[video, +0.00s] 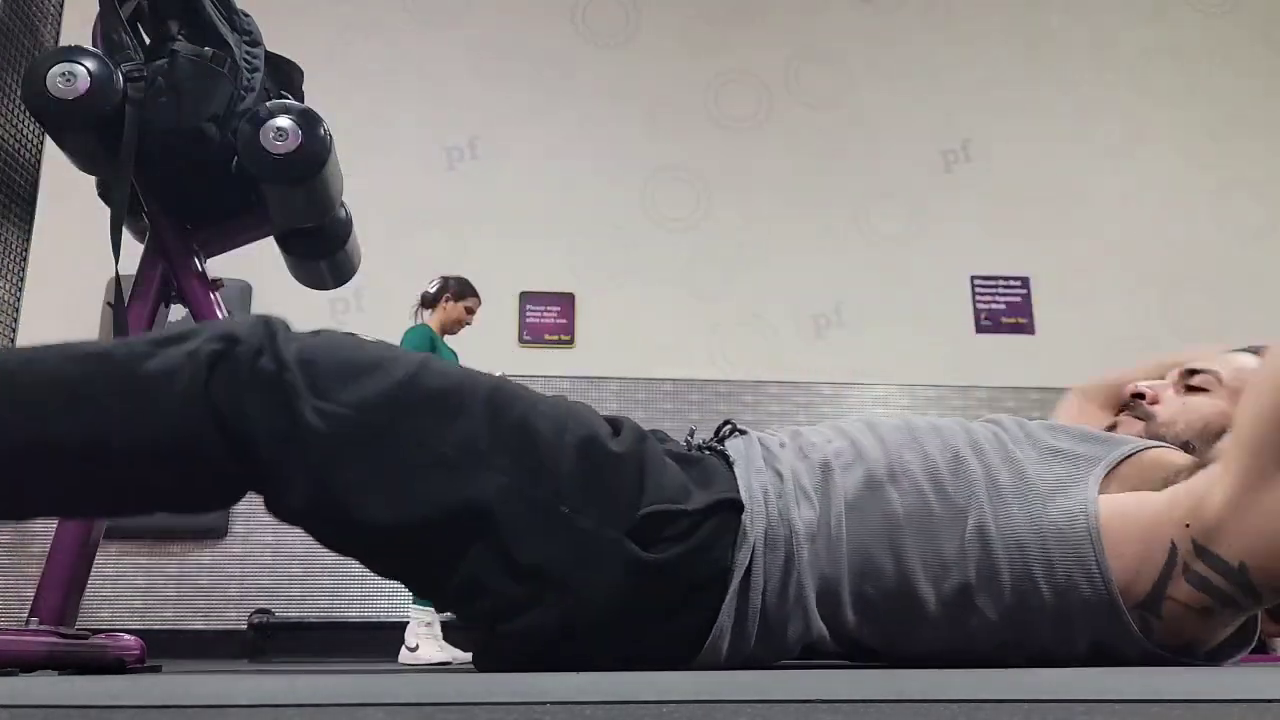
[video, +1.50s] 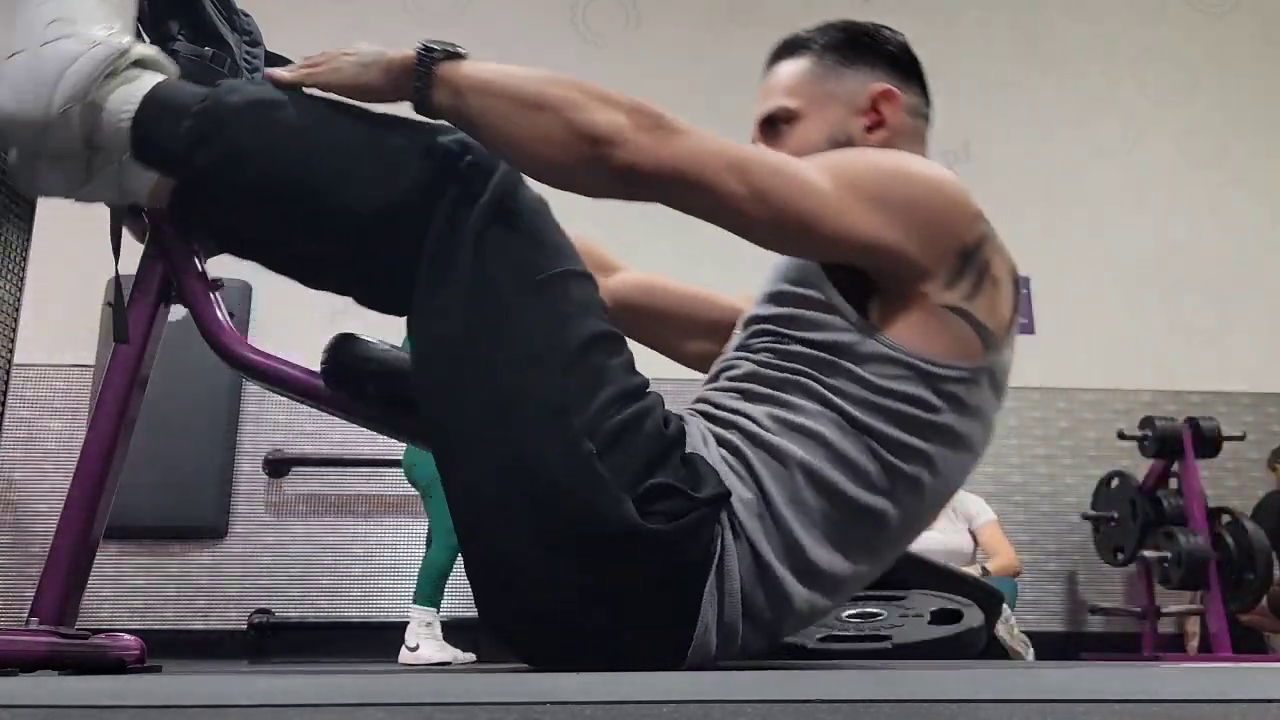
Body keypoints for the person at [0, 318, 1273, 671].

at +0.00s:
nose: (1189, 388)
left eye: (1217, 402)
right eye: (1191, 377)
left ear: (1245, 455)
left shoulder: (1193, 569)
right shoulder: (1099, 483)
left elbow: (1266, 398)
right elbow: (1092, 395)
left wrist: (1241, 391)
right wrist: (1195, 390)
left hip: (690, 538)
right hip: (677, 510)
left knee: (247, 378)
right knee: (250, 387)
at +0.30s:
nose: (1190, 406)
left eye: (1218, 422)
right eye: (1202, 398)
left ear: (1229, 482)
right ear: (1171, 425)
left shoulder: (1170, 553)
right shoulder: (1096, 479)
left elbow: (1273, 565)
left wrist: (1245, 469)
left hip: (649, 542)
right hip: (649, 476)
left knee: (214, 486)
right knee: (235, 473)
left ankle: (15, 527)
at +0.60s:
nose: (1198, 407)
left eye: (1227, 420)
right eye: (1203, 400)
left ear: (1233, 482)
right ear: (1167, 433)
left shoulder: (1168, 568)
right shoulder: (1107, 494)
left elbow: (1276, 461)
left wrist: (1237, 435)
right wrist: (1213, 437)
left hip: (652, 546)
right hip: (648, 483)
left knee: (225, 404)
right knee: (262, 395)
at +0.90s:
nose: (1176, 348)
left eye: (1213, 360)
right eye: (1194, 342)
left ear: (1252, 439)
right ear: (1161, 396)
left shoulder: (1206, 530)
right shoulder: (1068, 478)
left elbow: (1074, 254)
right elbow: (906, 395)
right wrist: (930, 202)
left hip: (656, 565)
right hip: (643, 508)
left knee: (350, 275)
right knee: (368, 287)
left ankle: (20, 267)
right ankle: (224, 202)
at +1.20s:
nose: (932, 263)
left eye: (960, 237)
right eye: (933, 241)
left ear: (1068, 247)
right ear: (983, 260)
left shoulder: (1107, 352)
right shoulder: (954, 403)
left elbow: (807, 261)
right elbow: (723, 358)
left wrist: (585, 155)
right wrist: (545, 255)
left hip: (709, 555)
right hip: (685, 532)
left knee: (398, 251)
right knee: (398, 264)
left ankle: (49, 204)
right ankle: (76, 198)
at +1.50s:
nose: (761, 161)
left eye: (789, 131)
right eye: (765, 142)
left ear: (891, 113)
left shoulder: (936, 210)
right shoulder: (845, 318)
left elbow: (634, 147)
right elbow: (606, 286)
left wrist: (411, 78)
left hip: (660, 565)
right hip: (622, 592)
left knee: (460, 191)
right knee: (461, 195)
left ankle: (102, 111)